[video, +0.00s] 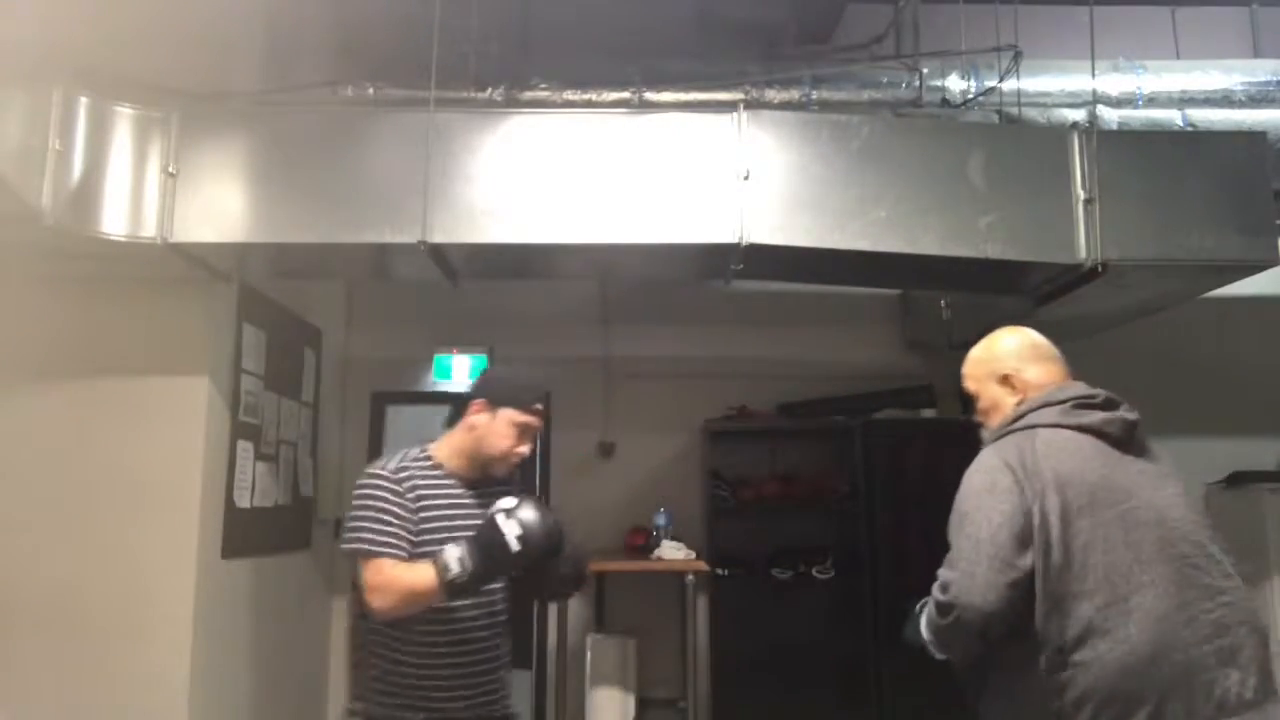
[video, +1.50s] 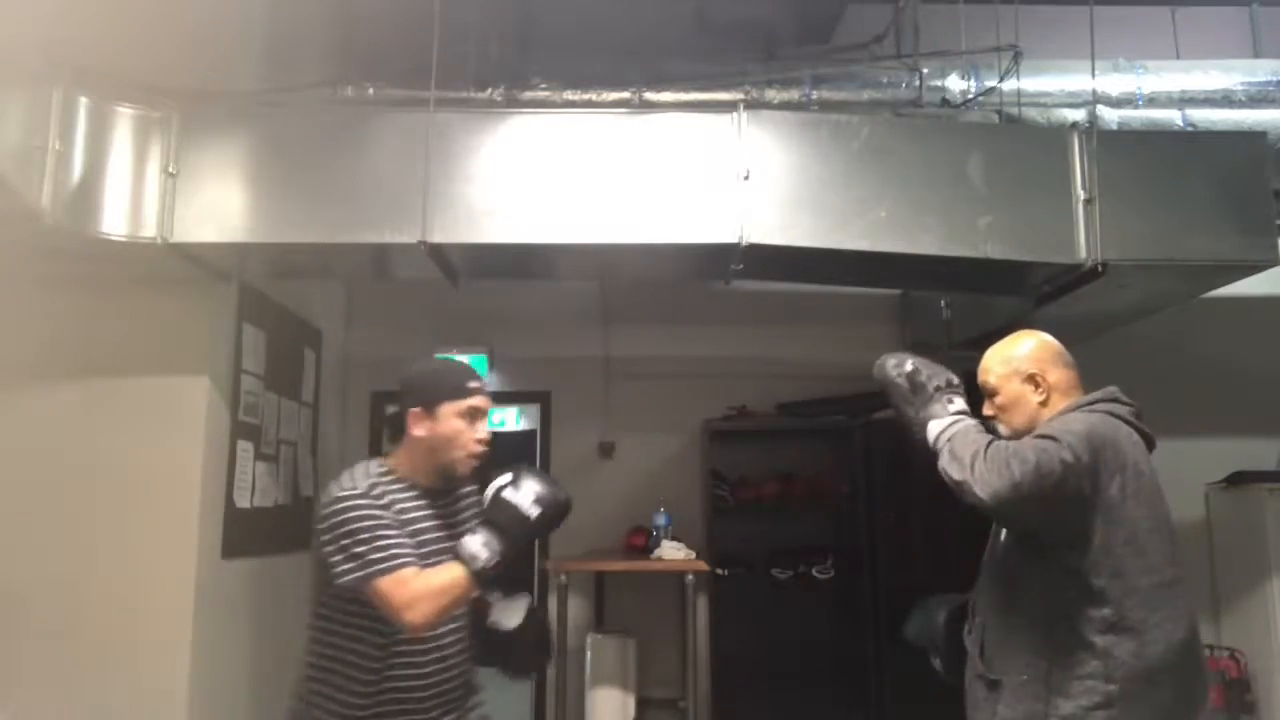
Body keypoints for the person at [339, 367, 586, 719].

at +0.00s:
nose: (527, 451)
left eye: (533, 440)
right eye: (520, 432)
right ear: (477, 412)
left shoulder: (497, 492)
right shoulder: (390, 480)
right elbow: (382, 594)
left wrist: (548, 573)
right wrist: (477, 556)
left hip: (488, 704)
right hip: (405, 707)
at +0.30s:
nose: (496, 433)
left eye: (502, 421)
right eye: (491, 414)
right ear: (450, 392)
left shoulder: (463, 465)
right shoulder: (363, 454)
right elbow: (380, 566)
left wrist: (525, 539)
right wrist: (473, 513)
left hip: (449, 693)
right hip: (365, 700)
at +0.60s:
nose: (517, 434)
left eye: (522, 422)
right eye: (513, 416)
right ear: (473, 396)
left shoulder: (480, 468)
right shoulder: (384, 452)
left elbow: (514, 552)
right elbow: (413, 549)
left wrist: (560, 493)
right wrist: (500, 493)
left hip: (458, 695)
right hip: (373, 700)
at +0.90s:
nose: (484, 435)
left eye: (490, 421)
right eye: (480, 415)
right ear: (435, 395)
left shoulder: (442, 471)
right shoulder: (343, 458)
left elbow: (457, 569)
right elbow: (374, 564)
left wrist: (518, 547)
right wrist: (463, 501)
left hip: (441, 703)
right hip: (351, 706)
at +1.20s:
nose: (456, 419)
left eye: (461, 404)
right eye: (448, 398)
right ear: (400, 389)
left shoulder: (428, 472)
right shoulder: (318, 464)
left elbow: (446, 561)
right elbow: (338, 580)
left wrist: (504, 535)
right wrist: (434, 523)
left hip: (422, 701)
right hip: (328, 708)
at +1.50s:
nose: (486, 435)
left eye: (486, 420)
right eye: (470, 417)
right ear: (419, 422)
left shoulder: (462, 493)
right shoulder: (354, 498)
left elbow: (470, 590)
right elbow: (413, 609)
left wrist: (509, 621)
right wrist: (491, 540)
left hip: (454, 707)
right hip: (365, 711)